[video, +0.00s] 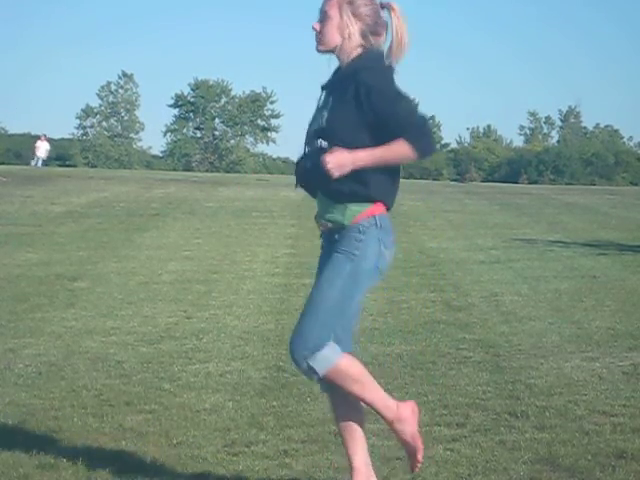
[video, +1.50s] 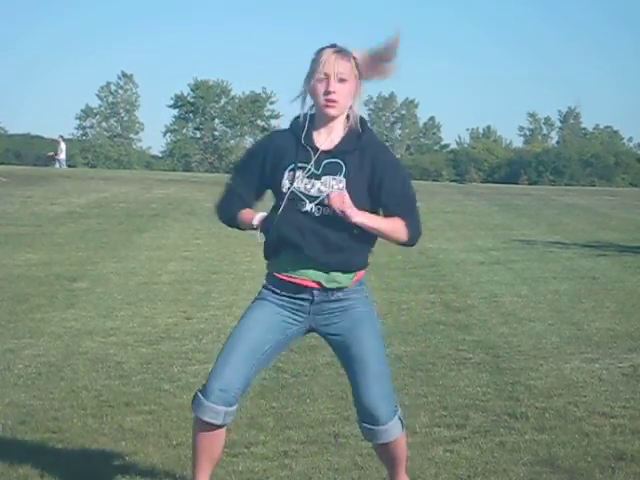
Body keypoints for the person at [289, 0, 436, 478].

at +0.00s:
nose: (315, 24)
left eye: (324, 16)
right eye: (319, 16)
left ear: (355, 25)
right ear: (348, 27)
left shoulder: (370, 73)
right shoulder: (339, 80)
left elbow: (420, 140)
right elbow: (334, 149)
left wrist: (354, 157)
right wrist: (312, 166)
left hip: (364, 232)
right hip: (337, 233)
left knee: (310, 346)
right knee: (332, 356)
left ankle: (398, 414)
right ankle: (362, 472)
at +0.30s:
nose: (325, 42)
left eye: (330, 33)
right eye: (327, 34)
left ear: (349, 36)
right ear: (364, 36)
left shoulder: (365, 85)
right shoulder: (369, 83)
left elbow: (345, 172)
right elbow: (356, 171)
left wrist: (290, 234)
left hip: (364, 235)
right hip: (364, 233)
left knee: (352, 365)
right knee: (338, 368)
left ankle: (396, 475)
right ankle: (390, 472)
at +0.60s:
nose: (312, 20)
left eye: (317, 10)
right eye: (313, 11)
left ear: (348, 9)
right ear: (349, 12)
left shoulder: (362, 65)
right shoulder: (355, 66)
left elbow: (344, 161)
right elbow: (353, 161)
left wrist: (282, 130)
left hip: (373, 225)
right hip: (351, 225)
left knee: (363, 357)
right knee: (278, 314)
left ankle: (391, 470)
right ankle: (315, 429)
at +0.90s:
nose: (333, 65)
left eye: (343, 55)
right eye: (327, 57)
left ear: (370, 59)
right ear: (323, 64)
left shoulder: (374, 110)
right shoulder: (332, 116)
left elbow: (308, 166)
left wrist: (239, 127)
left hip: (374, 270)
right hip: (326, 271)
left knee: (367, 397)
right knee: (270, 378)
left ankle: (398, 476)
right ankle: (299, 476)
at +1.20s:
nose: (332, 35)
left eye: (341, 24)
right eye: (325, 27)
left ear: (367, 24)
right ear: (319, 33)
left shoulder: (381, 66)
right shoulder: (314, 76)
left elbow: (328, 91)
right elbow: (301, 144)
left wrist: (246, 65)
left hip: (362, 235)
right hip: (298, 232)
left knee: (389, 357)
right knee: (258, 352)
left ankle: (401, 466)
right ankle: (259, 462)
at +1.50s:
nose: (330, 86)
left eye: (341, 78)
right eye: (322, 77)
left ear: (357, 88)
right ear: (310, 86)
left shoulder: (375, 155)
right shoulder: (277, 146)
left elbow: (409, 230)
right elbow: (228, 205)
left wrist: (355, 214)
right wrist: (255, 219)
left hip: (348, 303)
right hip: (279, 299)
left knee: (381, 416)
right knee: (213, 400)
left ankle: (400, 477)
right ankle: (199, 478)